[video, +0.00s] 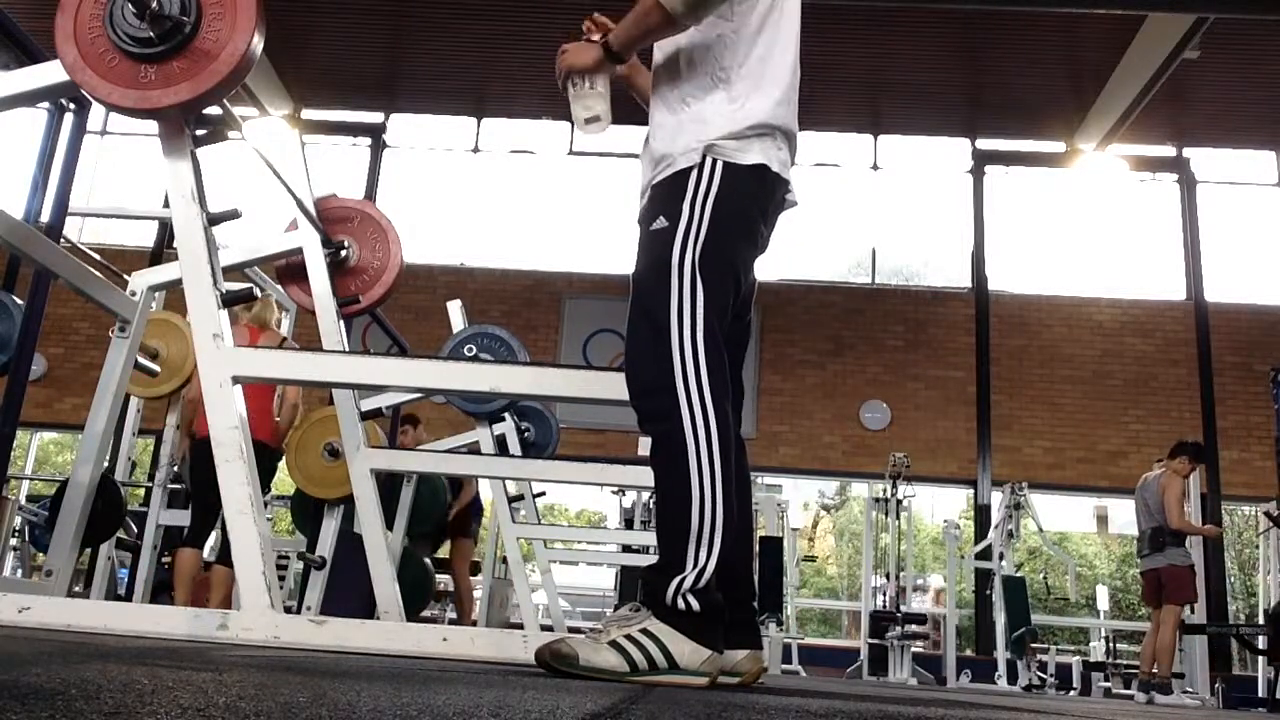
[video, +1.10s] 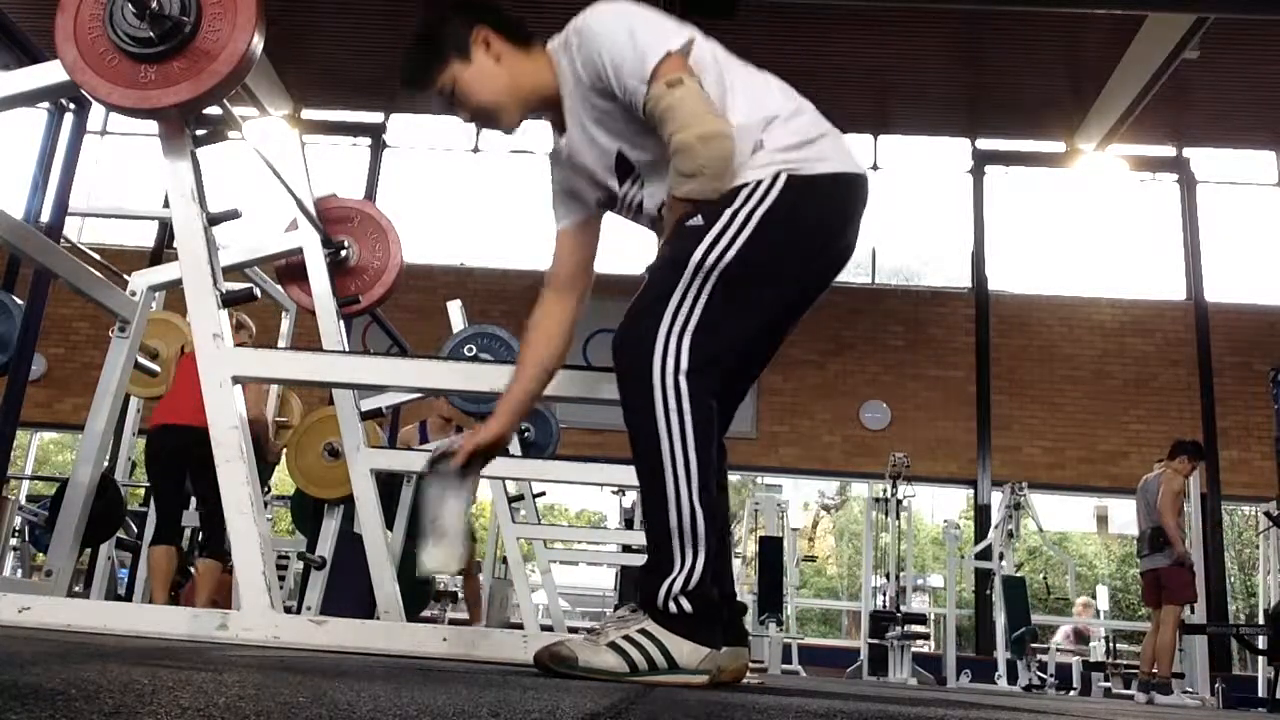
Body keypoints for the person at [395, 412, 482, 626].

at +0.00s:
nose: (399, 441)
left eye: (404, 433)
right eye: (396, 435)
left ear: (419, 430)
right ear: (392, 437)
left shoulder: (442, 454)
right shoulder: (404, 463)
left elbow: (470, 486)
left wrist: (454, 509)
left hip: (464, 505)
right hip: (435, 506)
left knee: (459, 566)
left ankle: (465, 624)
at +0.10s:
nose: (407, 429)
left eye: (410, 421)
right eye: (402, 425)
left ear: (425, 419)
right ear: (399, 430)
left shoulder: (449, 440)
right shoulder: (407, 453)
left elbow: (470, 478)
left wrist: (457, 502)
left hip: (462, 501)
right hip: (428, 504)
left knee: (458, 564)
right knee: (414, 557)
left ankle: (465, 625)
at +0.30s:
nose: (414, 415)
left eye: (419, 409)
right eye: (409, 411)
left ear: (431, 411)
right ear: (404, 416)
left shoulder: (450, 437)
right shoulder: (407, 442)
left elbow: (466, 475)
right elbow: (397, 470)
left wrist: (459, 502)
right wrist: (402, 436)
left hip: (454, 502)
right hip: (422, 504)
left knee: (459, 566)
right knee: (412, 560)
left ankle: (466, 625)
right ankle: (404, 619)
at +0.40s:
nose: (416, 413)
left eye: (422, 407)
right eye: (411, 409)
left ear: (434, 410)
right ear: (407, 414)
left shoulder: (451, 437)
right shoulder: (404, 440)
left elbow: (466, 477)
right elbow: (394, 472)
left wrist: (460, 502)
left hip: (451, 504)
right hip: (416, 504)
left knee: (457, 566)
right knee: (407, 559)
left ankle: (464, 625)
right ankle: (399, 617)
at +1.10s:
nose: (451, 408)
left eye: (457, 404)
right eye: (448, 401)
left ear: (463, 409)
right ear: (438, 400)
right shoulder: (408, 436)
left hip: (456, 514)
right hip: (416, 515)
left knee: (469, 568)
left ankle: (476, 623)